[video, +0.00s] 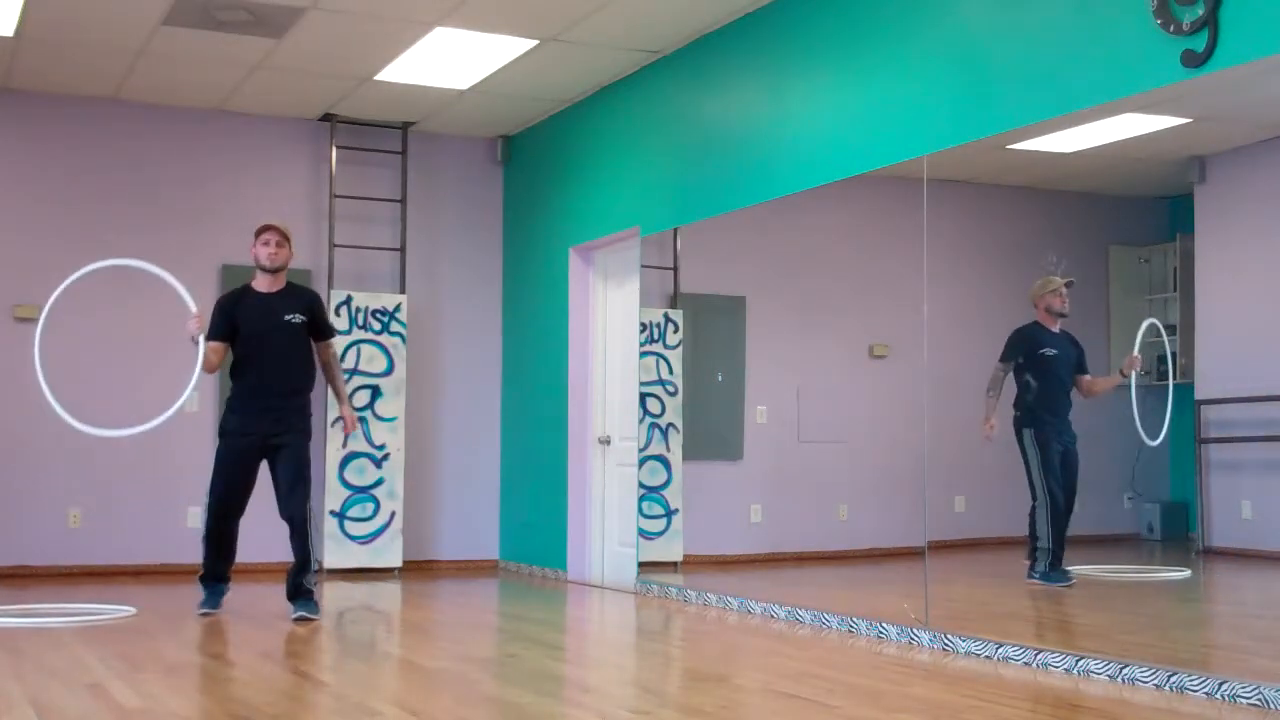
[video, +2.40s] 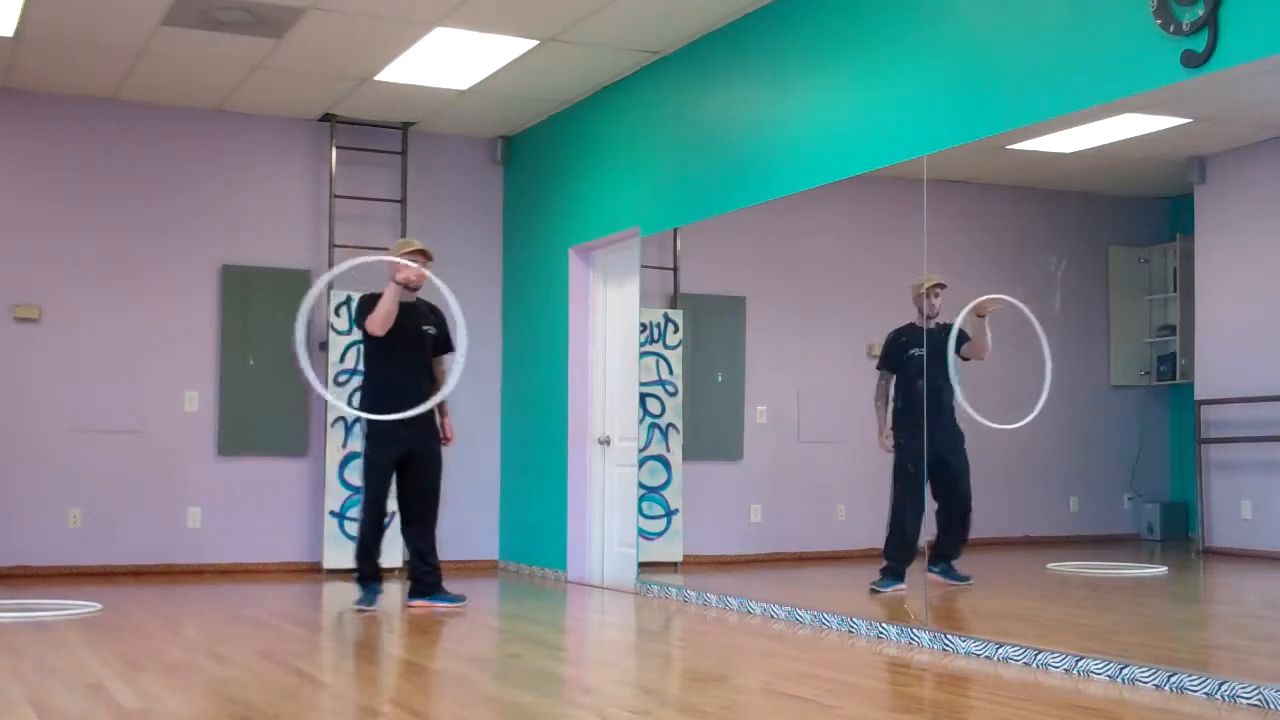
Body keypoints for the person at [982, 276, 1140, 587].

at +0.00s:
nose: (1065, 299)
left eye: (1066, 295)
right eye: (1058, 294)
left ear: (1064, 302)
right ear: (1040, 301)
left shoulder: (1071, 343)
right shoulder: (1024, 336)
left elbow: (1088, 388)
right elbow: (998, 375)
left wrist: (1122, 373)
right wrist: (990, 416)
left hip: (1062, 426)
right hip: (1033, 425)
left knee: (1066, 496)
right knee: (1048, 495)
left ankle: (1052, 564)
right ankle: (1041, 566)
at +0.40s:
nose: (1045, 304)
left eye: (1047, 300)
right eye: (1039, 300)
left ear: (1049, 306)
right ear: (1023, 304)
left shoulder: (1054, 345)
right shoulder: (1002, 339)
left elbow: (1075, 387)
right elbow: (982, 380)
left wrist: (1086, 381)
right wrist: (981, 420)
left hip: (1040, 429)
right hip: (1008, 428)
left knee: (1033, 498)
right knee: (1003, 496)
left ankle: (1029, 559)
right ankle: (993, 564)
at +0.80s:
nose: (1007, 307)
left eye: (1009, 302)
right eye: (1000, 303)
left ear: (1013, 308)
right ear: (986, 308)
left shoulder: (1024, 346)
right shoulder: (968, 343)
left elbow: (1042, 384)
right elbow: (954, 386)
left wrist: (1055, 405)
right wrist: (953, 423)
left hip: (1016, 431)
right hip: (979, 431)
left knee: (1021, 499)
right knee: (968, 500)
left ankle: (1027, 560)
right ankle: (949, 563)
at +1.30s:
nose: (970, 301)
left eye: (971, 296)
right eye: (962, 297)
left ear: (973, 300)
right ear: (947, 302)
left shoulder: (987, 339)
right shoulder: (931, 339)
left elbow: (1007, 377)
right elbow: (917, 384)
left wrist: (1019, 404)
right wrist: (917, 423)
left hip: (983, 431)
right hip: (946, 432)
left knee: (985, 502)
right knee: (946, 502)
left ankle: (977, 563)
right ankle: (943, 564)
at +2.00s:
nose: (945, 304)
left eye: (950, 299)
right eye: (938, 300)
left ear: (959, 304)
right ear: (930, 307)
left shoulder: (975, 333)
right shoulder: (922, 343)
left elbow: (984, 355)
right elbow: (910, 391)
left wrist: (984, 372)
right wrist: (909, 430)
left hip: (974, 430)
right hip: (937, 433)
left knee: (975, 502)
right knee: (923, 502)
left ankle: (972, 565)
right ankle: (902, 571)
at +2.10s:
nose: (942, 306)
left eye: (947, 301)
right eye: (935, 302)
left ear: (957, 305)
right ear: (929, 308)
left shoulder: (972, 332)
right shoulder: (921, 344)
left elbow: (984, 344)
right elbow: (909, 390)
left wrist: (976, 347)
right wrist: (906, 429)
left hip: (971, 431)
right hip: (935, 433)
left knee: (974, 503)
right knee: (918, 503)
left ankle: (972, 565)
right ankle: (897, 571)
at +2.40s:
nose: (933, 301)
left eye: (937, 296)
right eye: (927, 296)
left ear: (942, 300)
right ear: (915, 300)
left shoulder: (952, 334)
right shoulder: (899, 338)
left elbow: (980, 351)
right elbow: (883, 386)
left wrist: (982, 319)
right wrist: (883, 427)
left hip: (945, 430)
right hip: (909, 432)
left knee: (957, 499)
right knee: (906, 503)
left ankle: (941, 562)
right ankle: (894, 572)